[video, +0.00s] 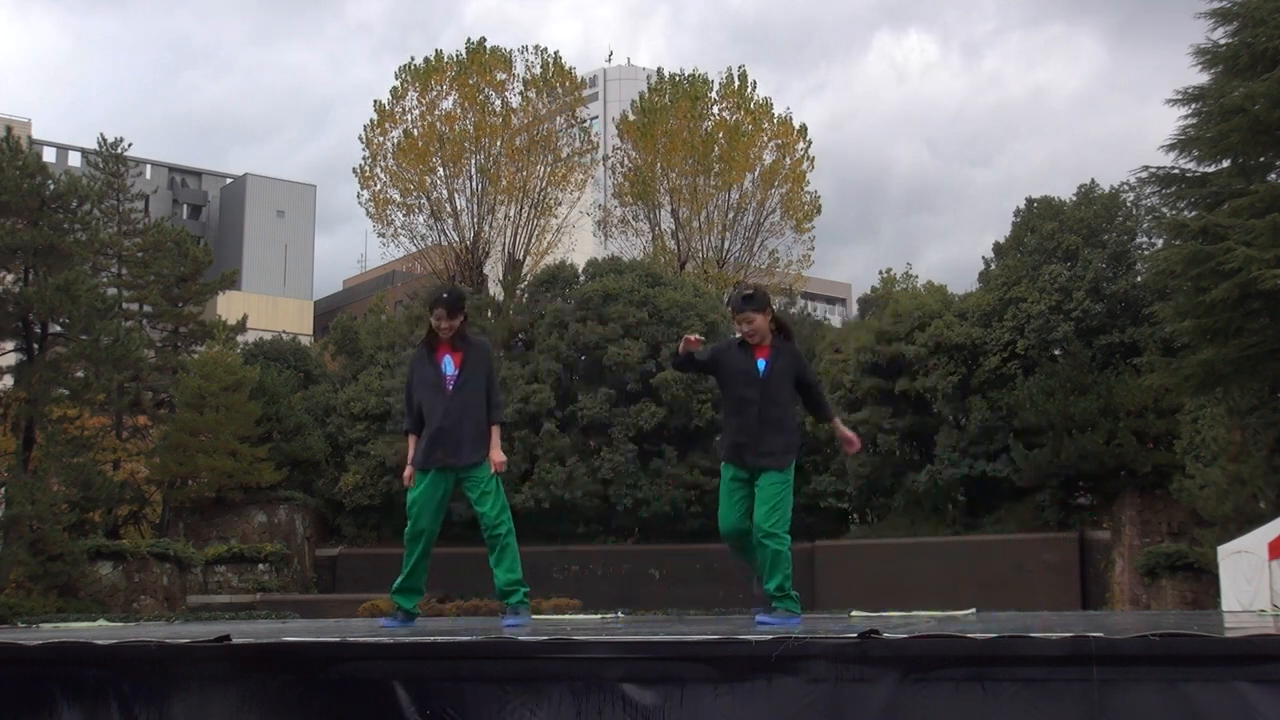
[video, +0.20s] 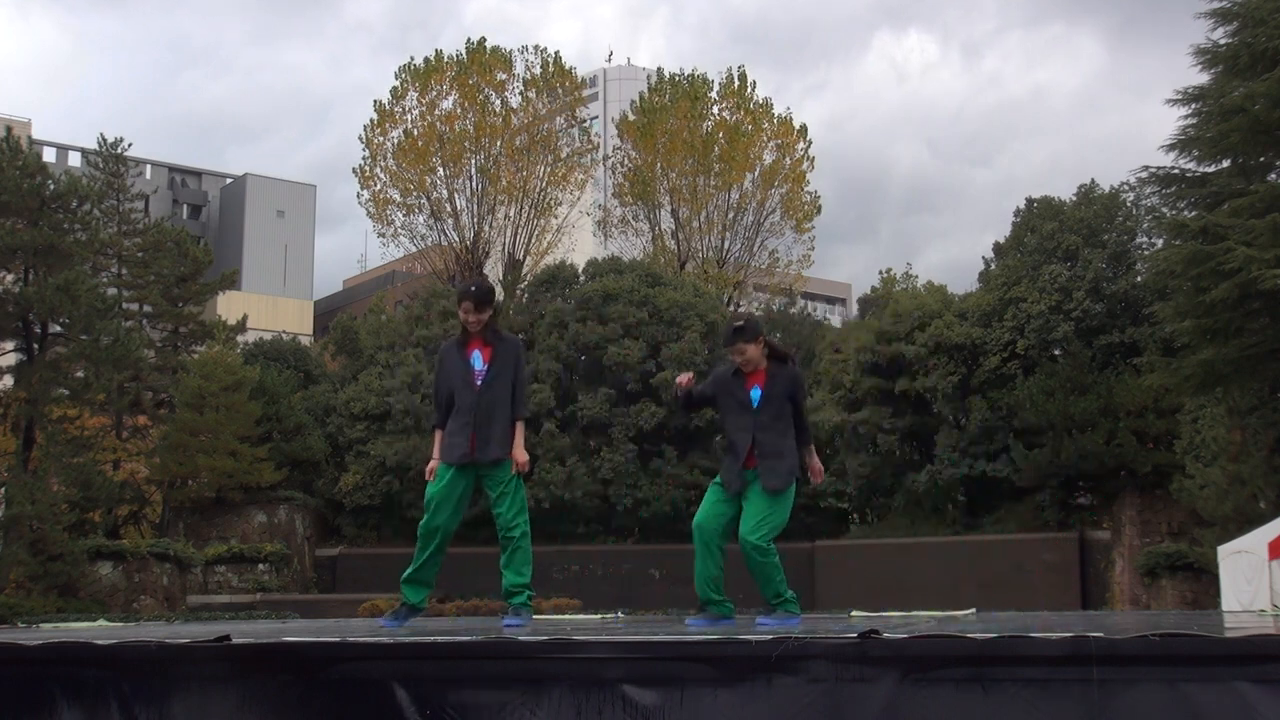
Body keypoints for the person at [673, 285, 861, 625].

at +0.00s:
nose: (745, 329)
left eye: (750, 321)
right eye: (739, 323)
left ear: (769, 316)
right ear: (734, 322)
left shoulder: (789, 354)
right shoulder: (726, 353)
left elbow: (811, 393)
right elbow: (687, 365)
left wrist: (838, 426)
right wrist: (685, 352)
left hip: (777, 458)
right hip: (736, 457)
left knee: (768, 528)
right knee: (731, 527)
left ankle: (785, 606)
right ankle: (768, 576)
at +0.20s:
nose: (738, 360)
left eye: (743, 352)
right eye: (734, 354)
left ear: (761, 344)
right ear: (729, 352)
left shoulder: (788, 376)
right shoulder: (724, 377)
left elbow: (800, 420)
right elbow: (691, 405)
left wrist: (811, 457)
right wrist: (684, 391)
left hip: (775, 474)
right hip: (734, 473)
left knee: (753, 537)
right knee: (704, 526)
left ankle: (785, 608)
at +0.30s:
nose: (727, 362)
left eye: (731, 355)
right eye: (722, 357)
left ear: (749, 344)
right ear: (719, 355)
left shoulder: (781, 370)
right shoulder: (721, 379)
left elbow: (809, 408)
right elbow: (705, 405)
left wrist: (823, 445)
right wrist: (683, 410)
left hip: (781, 469)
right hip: (740, 469)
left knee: (760, 531)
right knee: (717, 528)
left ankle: (785, 608)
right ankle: (718, 608)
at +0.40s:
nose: (727, 352)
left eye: (731, 344)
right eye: (722, 347)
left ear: (748, 336)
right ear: (719, 347)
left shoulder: (777, 363)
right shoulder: (722, 370)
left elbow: (818, 381)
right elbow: (707, 399)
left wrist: (832, 406)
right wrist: (687, 413)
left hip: (784, 462)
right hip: (744, 464)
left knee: (772, 529)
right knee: (737, 531)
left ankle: (785, 607)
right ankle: (744, 606)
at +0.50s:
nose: (732, 342)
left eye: (737, 334)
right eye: (727, 336)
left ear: (754, 326)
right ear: (725, 335)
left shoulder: (782, 353)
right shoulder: (724, 359)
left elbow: (807, 373)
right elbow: (706, 393)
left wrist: (824, 381)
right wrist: (690, 408)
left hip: (780, 459)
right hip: (744, 460)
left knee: (770, 528)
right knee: (756, 531)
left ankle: (785, 605)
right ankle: (786, 598)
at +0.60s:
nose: (735, 340)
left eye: (740, 333)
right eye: (731, 335)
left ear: (759, 323)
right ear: (728, 333)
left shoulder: (787, 355)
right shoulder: (727, 356)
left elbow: (822, 393)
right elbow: (709, 392)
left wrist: (819, 382)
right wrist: (696, 407)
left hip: (775, 458)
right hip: (738, 459)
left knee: (769, 530)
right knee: (751, 530)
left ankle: (785, 605)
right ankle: (805, 556)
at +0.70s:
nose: (731, 339)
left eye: (735, 332)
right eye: (727, 334)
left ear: (754, 324)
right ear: (725, 332)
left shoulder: (785, 356)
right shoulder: (724, 357)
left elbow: (811, 397)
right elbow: (711, 393)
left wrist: (798, 398)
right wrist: (699, 411)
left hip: (773, 460)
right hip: (735, 458)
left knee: (769, 529)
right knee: (729, 522)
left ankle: (784, 605)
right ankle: (789, 527)